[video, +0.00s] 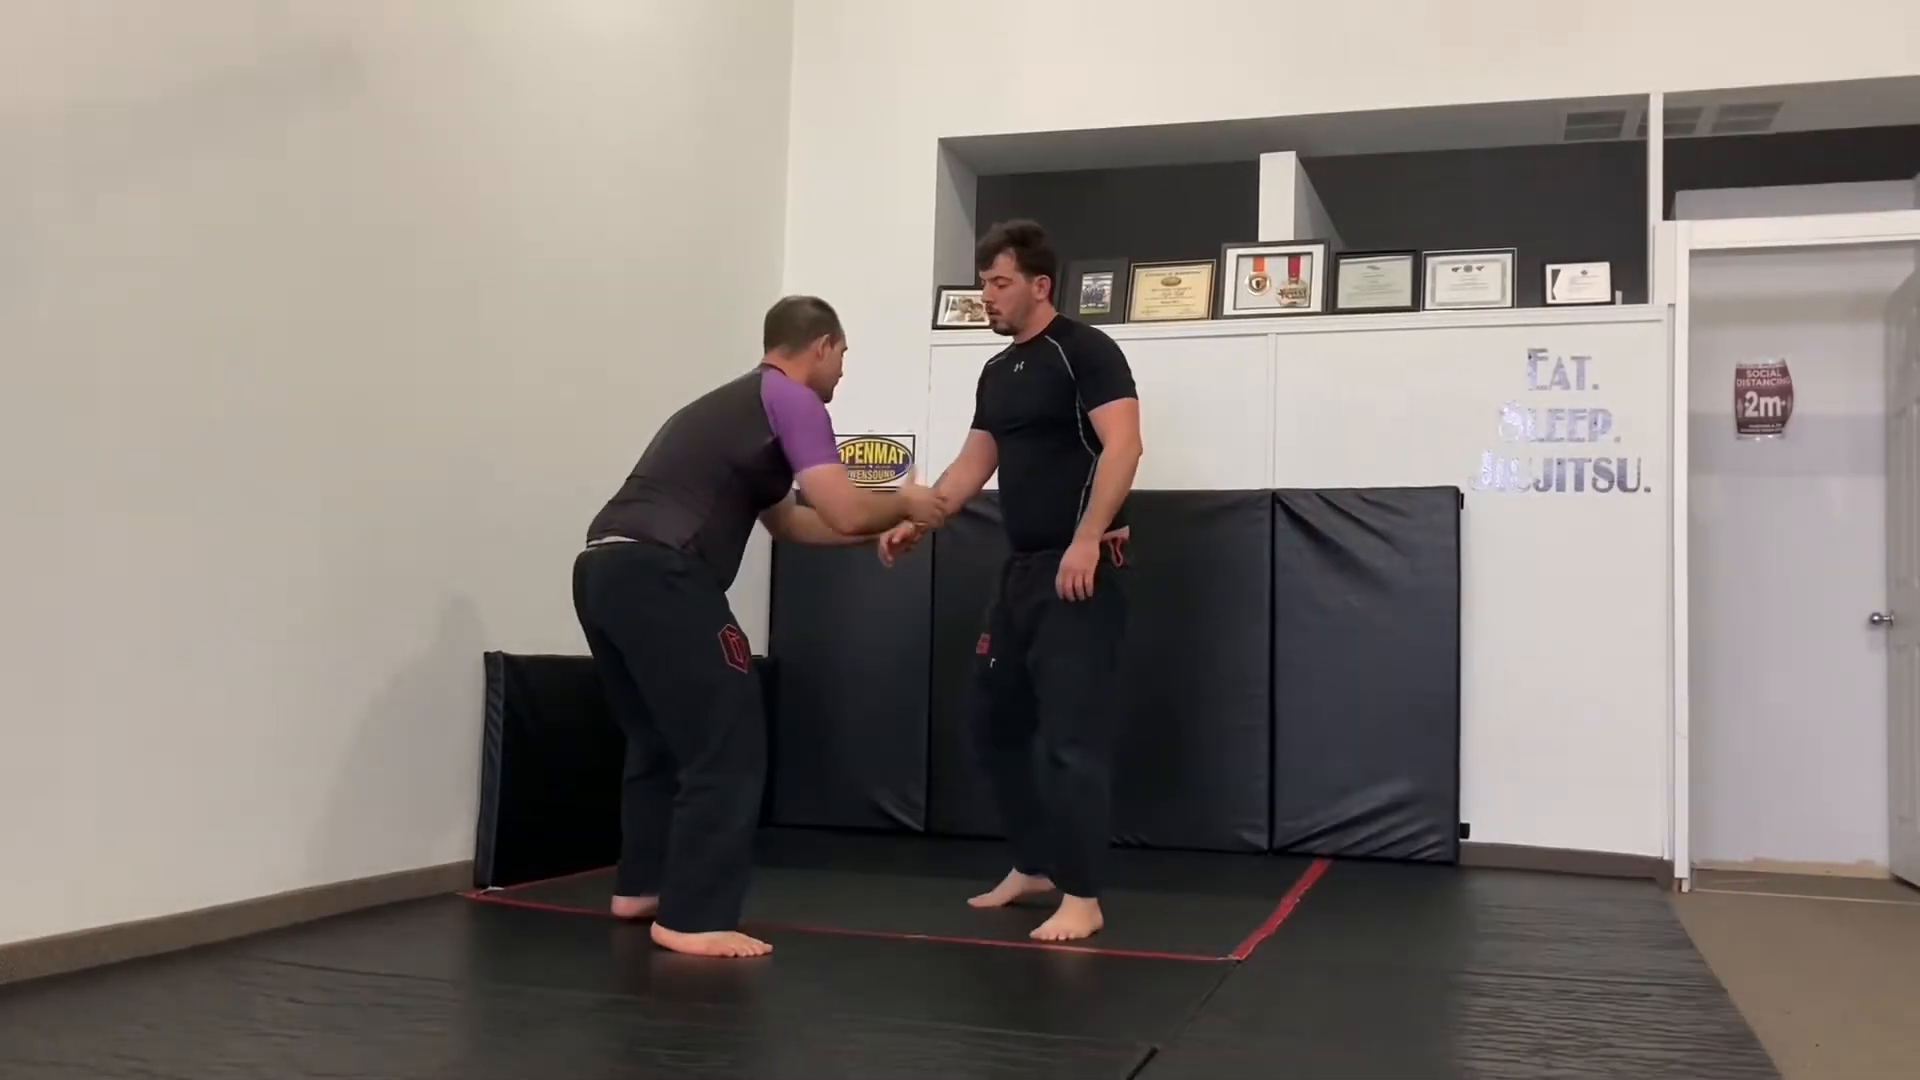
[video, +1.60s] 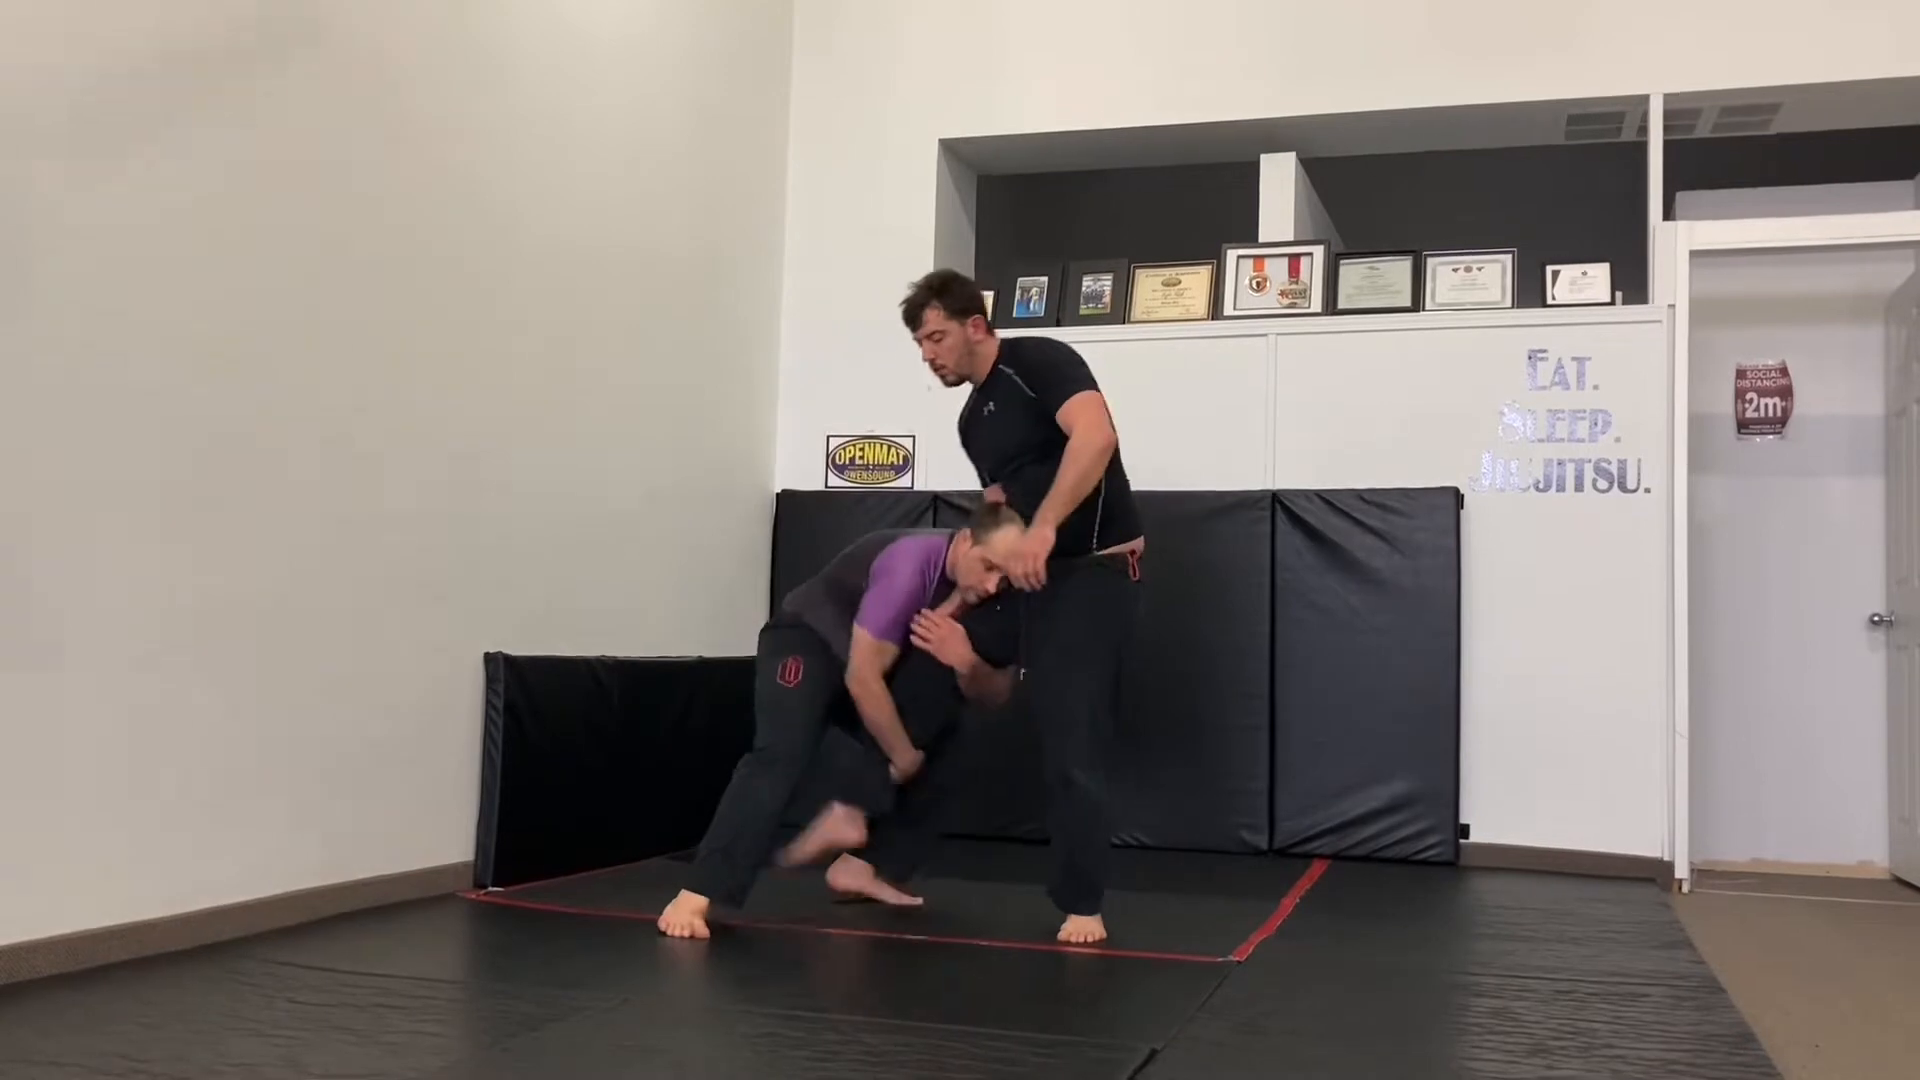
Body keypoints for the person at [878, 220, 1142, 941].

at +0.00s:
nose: (988, 296)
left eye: (1000, 283)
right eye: (984, 284)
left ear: (1041, 284)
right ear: (989, 289)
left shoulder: (1088, 352)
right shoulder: (998, 371)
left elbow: (1124, 446)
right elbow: (975, 460)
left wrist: (1088, 538)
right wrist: (919, 520)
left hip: (1082, 565)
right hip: (1023, 568)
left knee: (1071, 728)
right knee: (998, 716)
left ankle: (1081, 898)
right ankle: (1033, 867)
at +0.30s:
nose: (981, 300)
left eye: (994, 288)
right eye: (978, 289)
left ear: (1037, 288)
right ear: (984, 292)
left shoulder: (1089, 350)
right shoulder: (985, 375)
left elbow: (1131, 447)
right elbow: (942, 465)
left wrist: (1098, 535)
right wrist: (884, 522)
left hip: (1093, 568)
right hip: (1027, 570)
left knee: (1080, 736)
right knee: (975, 717)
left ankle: (1084, 903)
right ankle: (927, 874)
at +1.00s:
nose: (903, 352)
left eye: (914, 338)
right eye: (895, 340)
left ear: (955, 331)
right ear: (893, 341)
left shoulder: (1026, 372)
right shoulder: (910, 429)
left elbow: (1106, 445)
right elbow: (919, 530)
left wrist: (1104, 538)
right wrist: (913, 616)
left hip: (1059, 580)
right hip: (971, 589)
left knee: (1077, 738)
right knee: (933, 733)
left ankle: (1087, 901)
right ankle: (907, 886)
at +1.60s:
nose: (928, 355)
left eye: (936, 338)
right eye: (921, 344)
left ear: (976, 326)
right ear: (928, 343)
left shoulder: (1042, 359)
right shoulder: (973, 421)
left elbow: (1097, 437)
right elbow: (1002, 503)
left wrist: (1043, 525)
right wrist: (984, 569)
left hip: (1091, 570)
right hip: (1022, 578)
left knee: (1071, 733)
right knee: (925, 671)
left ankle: (1082, 907)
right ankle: (851, 811)